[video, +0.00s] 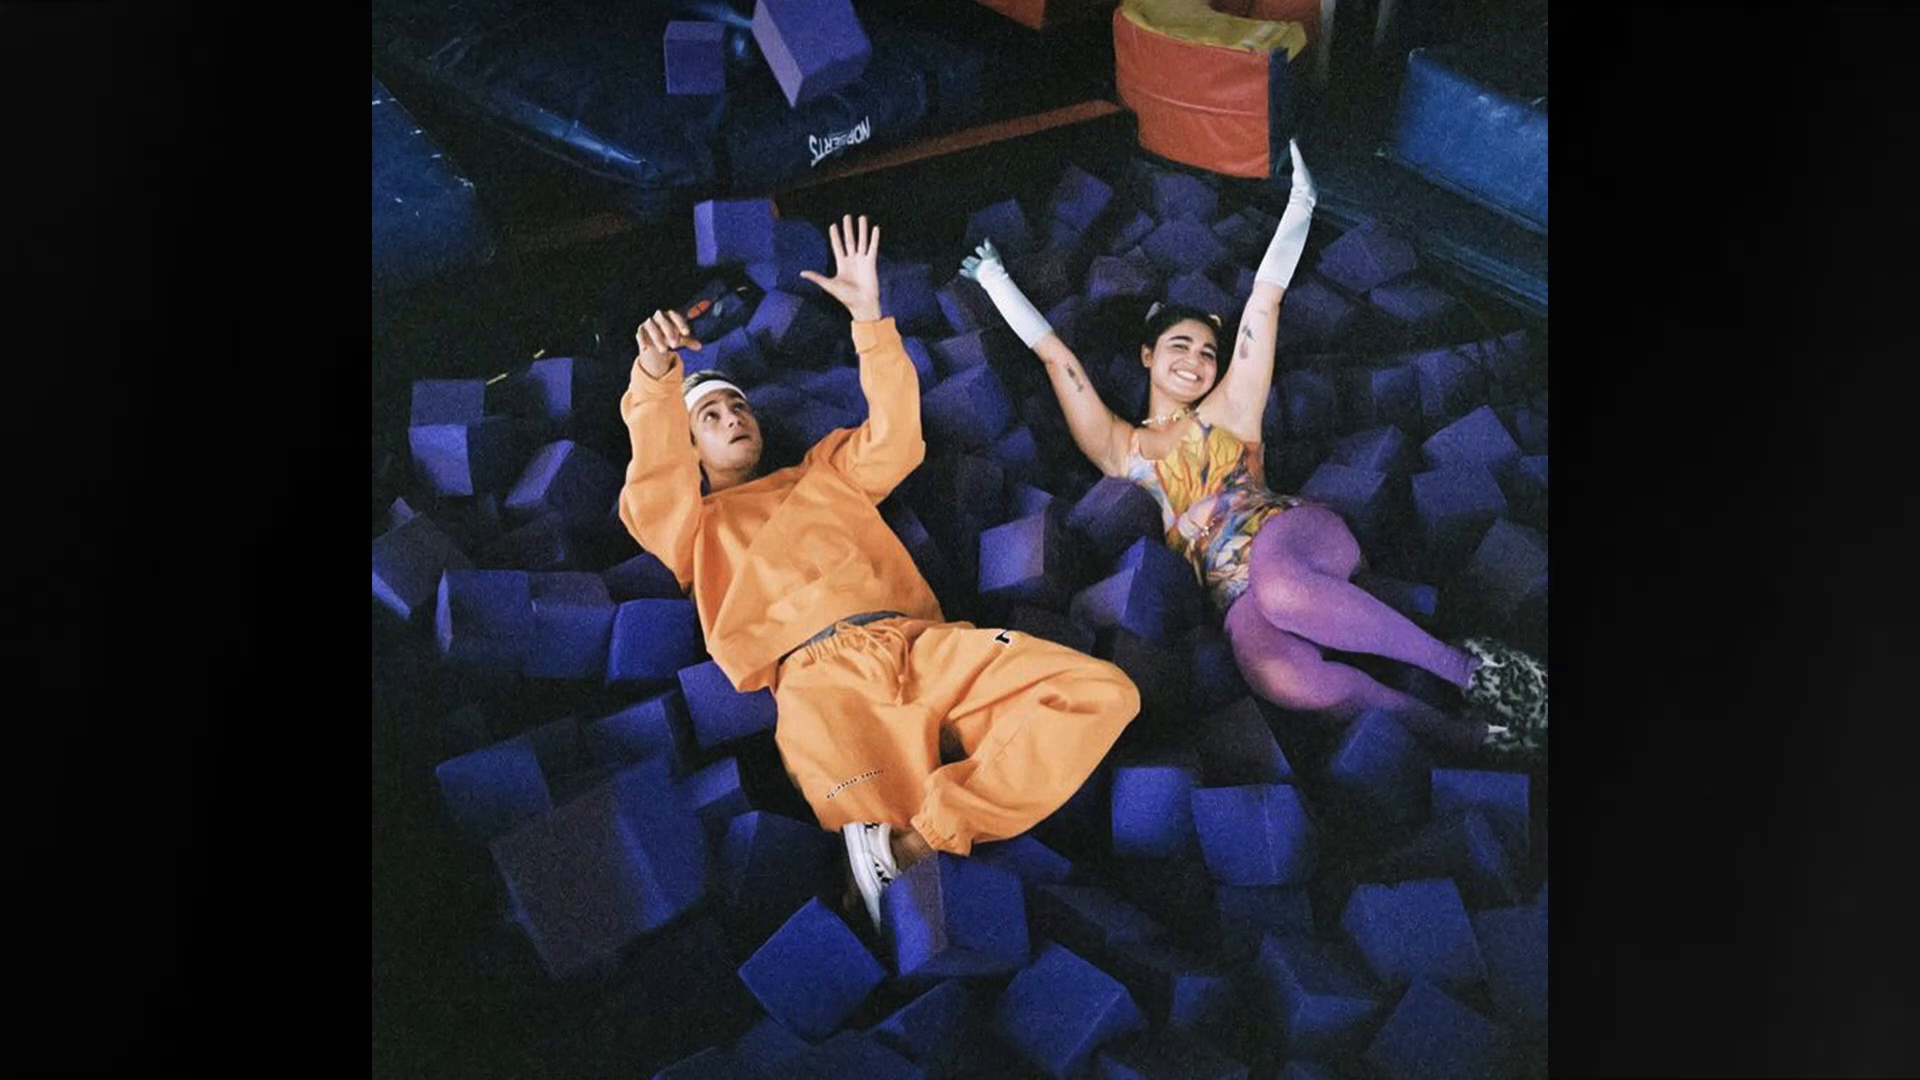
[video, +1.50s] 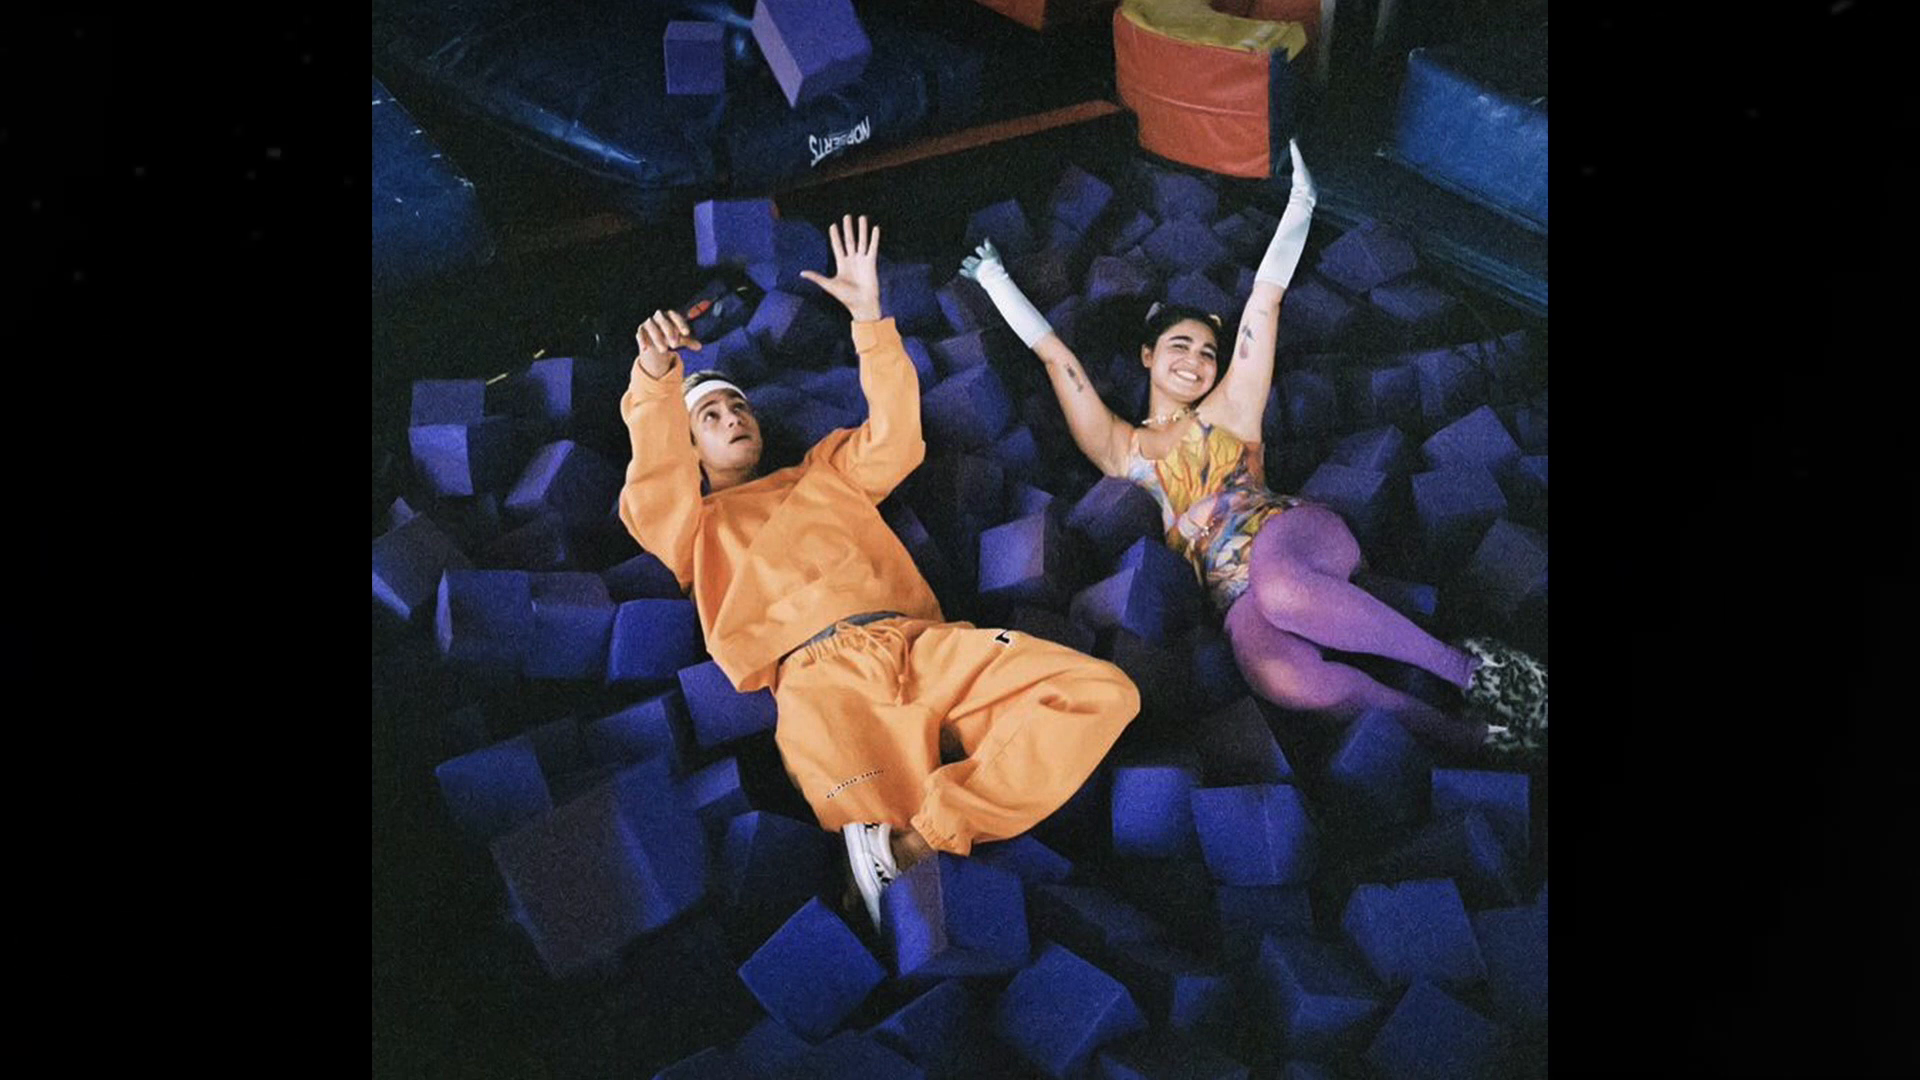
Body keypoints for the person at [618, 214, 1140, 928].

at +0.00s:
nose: (730, 418)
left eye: (738, 407)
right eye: (709, 415)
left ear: (761, 426)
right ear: (688, 449)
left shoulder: (827, 468)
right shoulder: (696, 525)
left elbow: (895, 435)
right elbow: (654, 477)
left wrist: (868, 316)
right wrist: (655, 374)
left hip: (917, 640)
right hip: (819, 673)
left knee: (1094, 693)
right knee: (880, 826)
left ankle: (915, 841)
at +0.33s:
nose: (730, 418)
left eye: (738, 407)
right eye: (709, 415)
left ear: (761, 426)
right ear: (688, 448)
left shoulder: (827, 468)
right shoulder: (695, 525)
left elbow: (895, 436)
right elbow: (654, 477)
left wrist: (868, 317)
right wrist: (655, 373)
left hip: (918, 640)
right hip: (819, 673)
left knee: (1094, 692)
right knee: (880, 827)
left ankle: (917, 841)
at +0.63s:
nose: (730, 418)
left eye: (738, 407)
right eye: (709, 415)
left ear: (761, 426)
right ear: (688, 449)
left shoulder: (827, 468)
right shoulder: (696, 525)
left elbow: (895, 435)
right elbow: (654, 477)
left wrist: (868, 316)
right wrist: (655, 374)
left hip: (917, 640)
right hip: (819, 673)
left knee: (1094, 693)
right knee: (880, 826)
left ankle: (915, 841)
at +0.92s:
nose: (730, 418)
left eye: (738, 407)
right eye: (709, 415)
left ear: (761, 426)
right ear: (688, 448)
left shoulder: (827, 468)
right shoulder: (695, 525)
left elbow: (895, 436)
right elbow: (654, 477)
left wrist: (868, 317)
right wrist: (655, 373)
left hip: (918, 640)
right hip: (819, 672)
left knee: (1094, 692)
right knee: (880, 827)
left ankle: (917, 841)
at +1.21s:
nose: (730, 418)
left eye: (738, 407)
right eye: (709, 415)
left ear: (761, 426)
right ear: (688, 448)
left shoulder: (827, 468)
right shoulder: (695, 525)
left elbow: (895, 436)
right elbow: (654, 477)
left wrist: (868, 317)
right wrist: (655, 373)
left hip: (918, 640)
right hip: (819, 673)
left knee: (1094, 692)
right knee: (880, 827)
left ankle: (917, 841)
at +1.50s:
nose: (731, 418)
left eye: (738, 407)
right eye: (709, 415)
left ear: (760, 425)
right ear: (688, 449)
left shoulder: (827, 468)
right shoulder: (696, 525)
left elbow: (895, 436)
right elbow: (655, 476)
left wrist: (868, 317)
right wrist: (655, 373)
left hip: (918, 641)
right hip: (820, 673)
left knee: (1094, 692)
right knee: (883, 831)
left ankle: (916, 841)